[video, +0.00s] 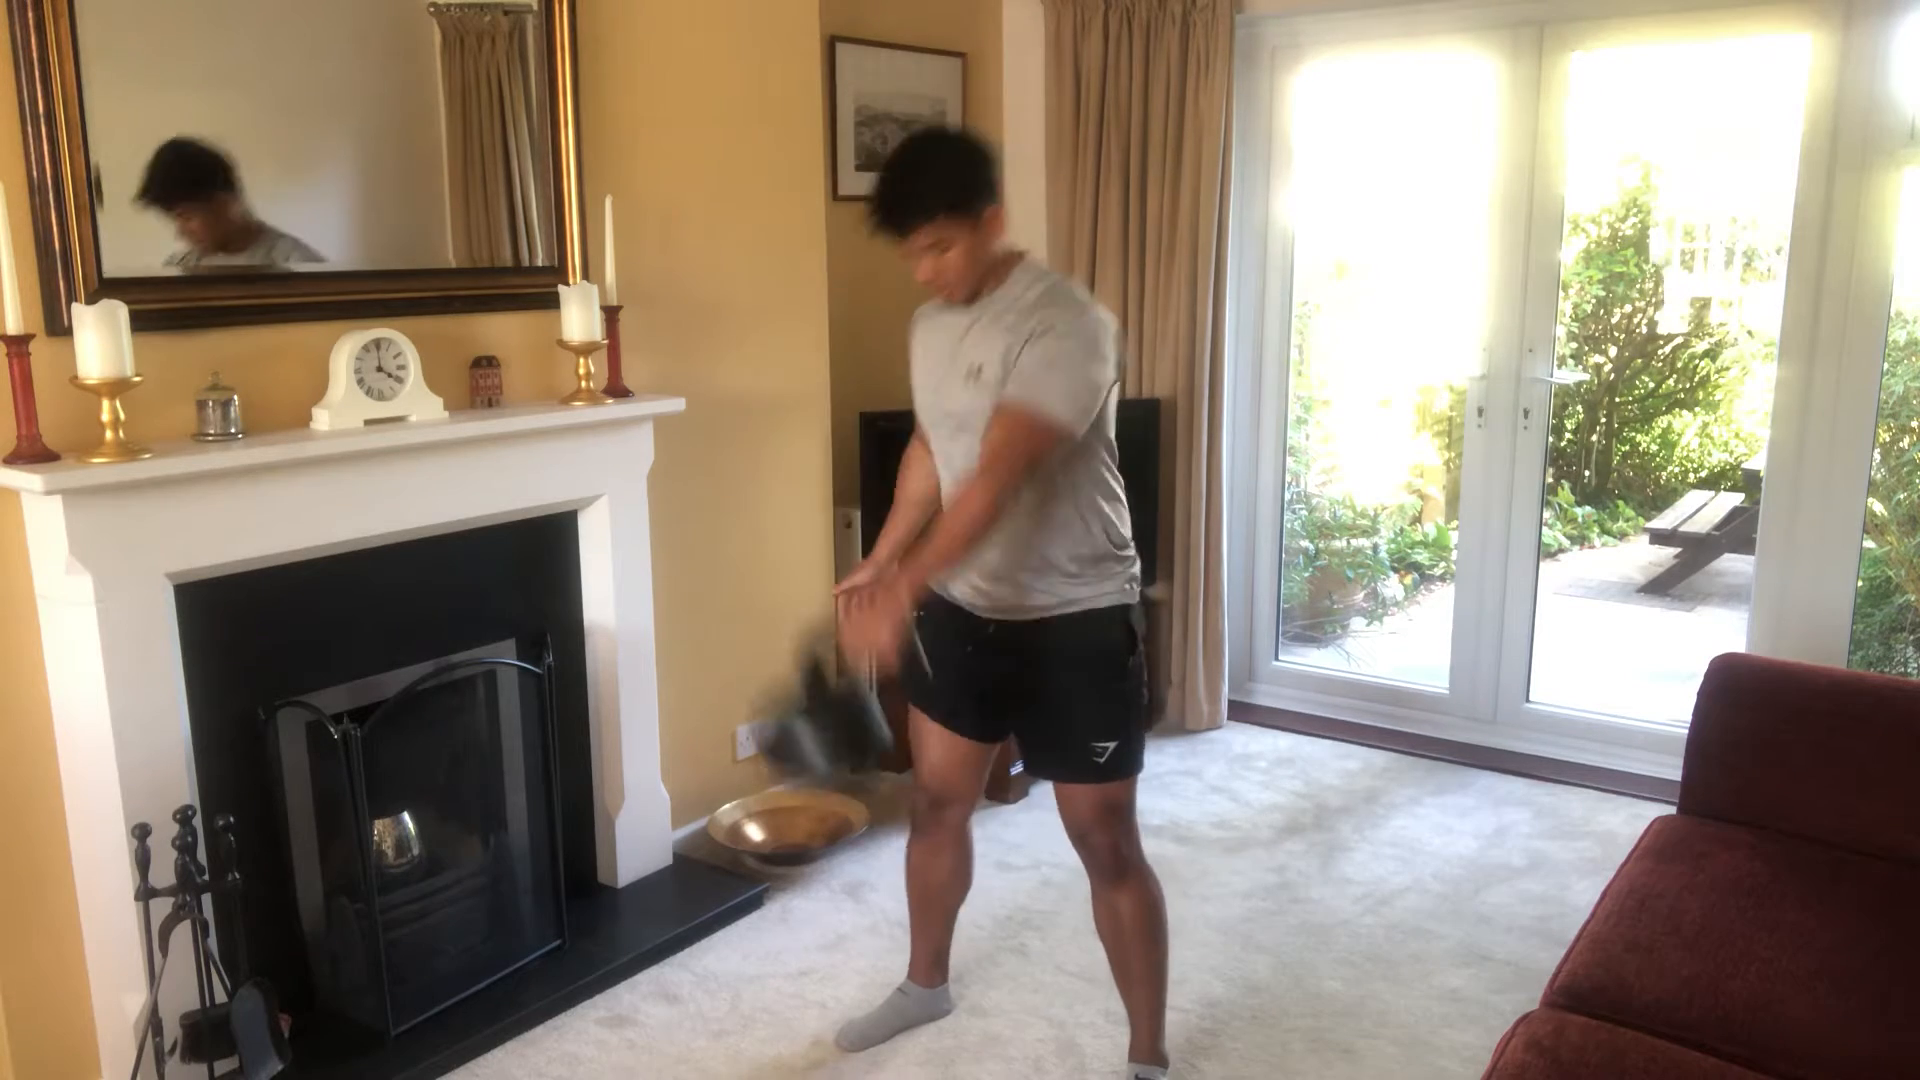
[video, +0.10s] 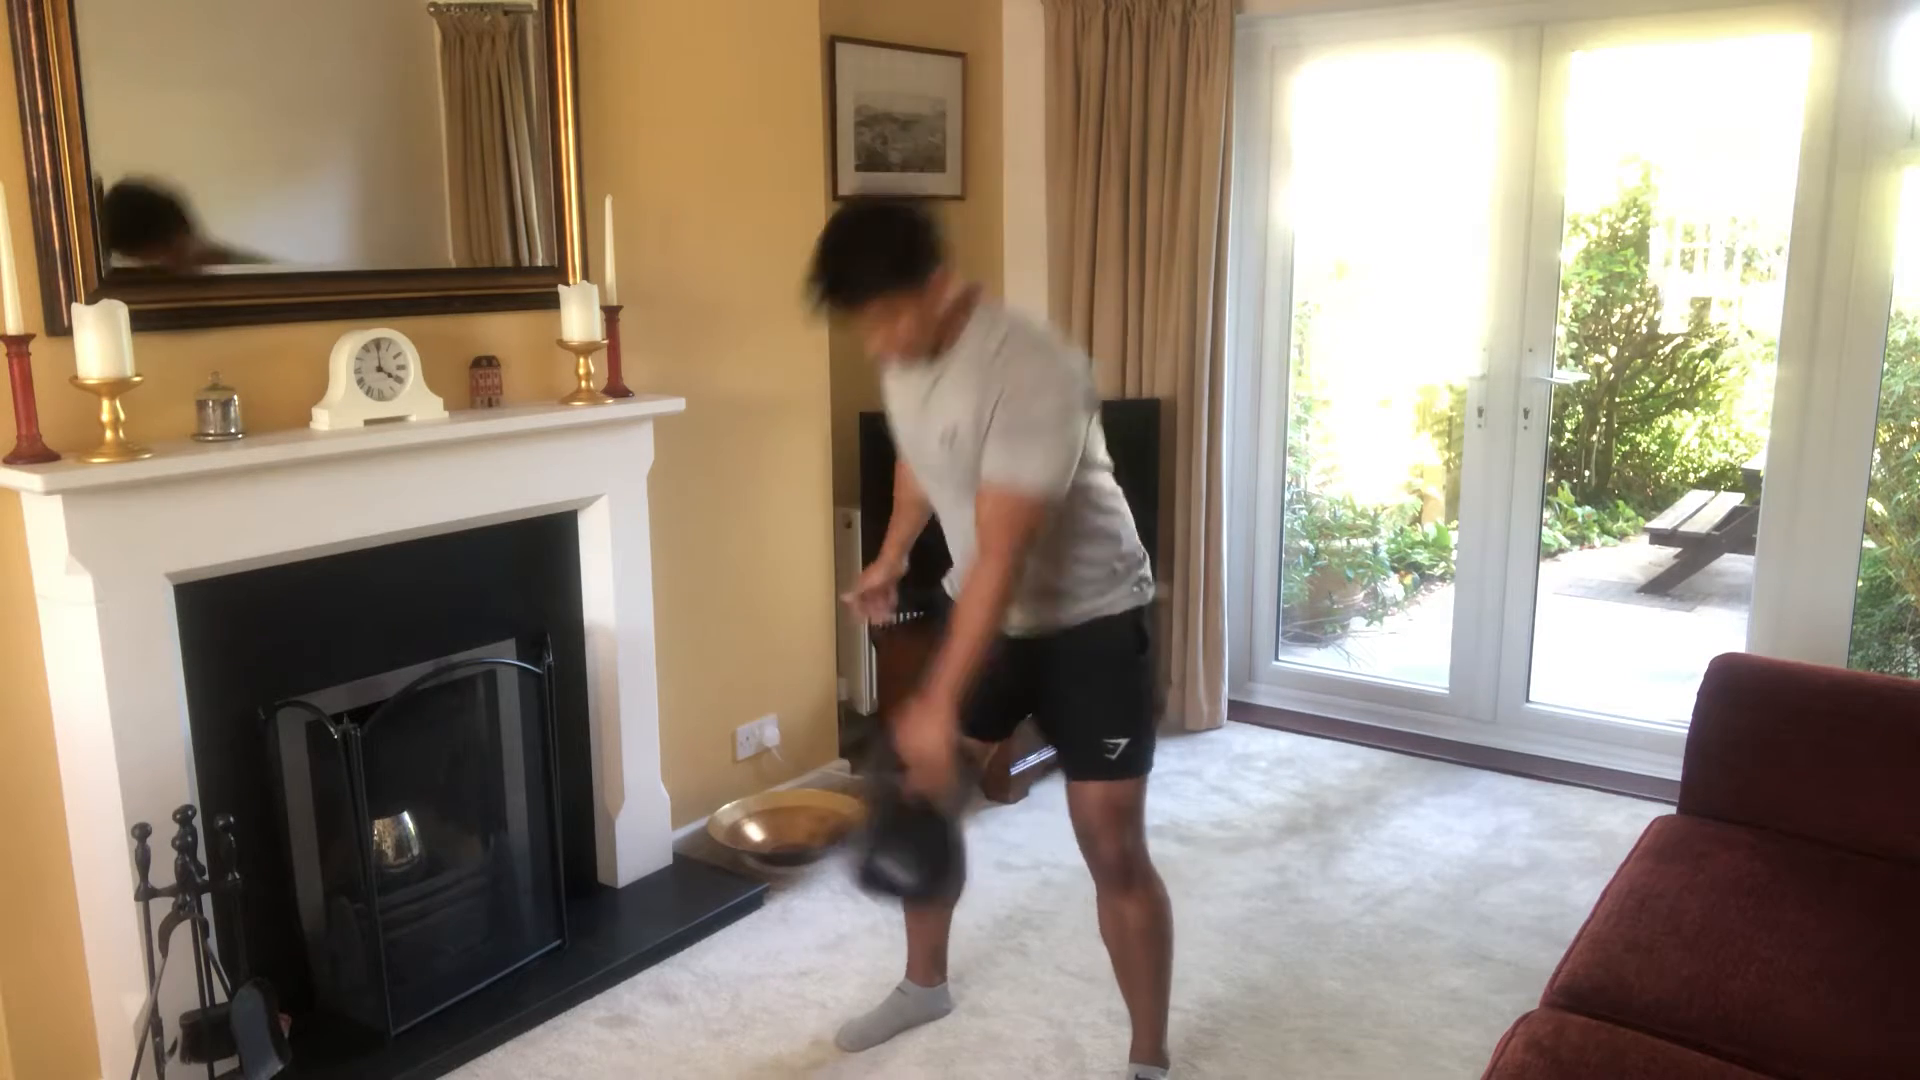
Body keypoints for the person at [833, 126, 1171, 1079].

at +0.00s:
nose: (924, 268)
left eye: (939, 245)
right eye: (912, 251)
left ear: (993, 220)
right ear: (905, 243)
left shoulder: (1067, 322)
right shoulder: (933, 324)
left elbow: (1002, 474)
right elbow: (930, 448)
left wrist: (908, 583)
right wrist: (886, 554)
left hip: (1076, 618)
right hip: (962, 609)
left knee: (1105, 843)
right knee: (937, 805)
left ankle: (1149, 1056)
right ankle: (926, 983)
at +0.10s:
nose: (874, 338)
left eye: (884, 315)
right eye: (862, 321)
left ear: (937, 283)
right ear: (857, 309)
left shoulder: (1034, 363)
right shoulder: (903, 360)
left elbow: (1002, 552)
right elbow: (921, 461)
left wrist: (938, 704)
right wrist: (890, 559)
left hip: (1092, 615)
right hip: (990, 611)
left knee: (1113, 848)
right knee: (922, 775)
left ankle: (1150, 1059)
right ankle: (925, 982)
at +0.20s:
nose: (826, 448)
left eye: (828, 426)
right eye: (814, 431)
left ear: (875, 393)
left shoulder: (1000, 453)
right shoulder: (884, 418)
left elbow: (1008, 632)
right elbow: (938, 494)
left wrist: (992, 768)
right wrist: (915, 560)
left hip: (1099, 625)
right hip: (992, 619)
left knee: (1117, 857)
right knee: (915, 795)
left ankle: (1150, 1059)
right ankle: (923, 984)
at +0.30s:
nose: (801, 569)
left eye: (800, 549)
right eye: (788, 555)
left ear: (837, 516)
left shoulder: (975, 549)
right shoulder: (864, 458)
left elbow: (1019, 686)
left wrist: (1035, 784)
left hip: (1105, 638)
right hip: (996, 628)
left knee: (1116, 867)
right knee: (898, 805)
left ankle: (1150, 1063)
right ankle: (923, 985)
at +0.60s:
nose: (807, 580)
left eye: (807, 559)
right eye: (794, 565)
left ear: (845, 524)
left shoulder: (983, 570)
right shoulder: (860, 472)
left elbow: (1038, 692)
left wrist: (1058, 766)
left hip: (1107, 637)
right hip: (997, 631)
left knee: (1124, 863)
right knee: (900, 809)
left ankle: (1153, 1062)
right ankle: (923, 985)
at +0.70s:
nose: (834, 407)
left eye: (839, 383)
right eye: (823, 387)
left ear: (888, 354)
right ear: (860, 365)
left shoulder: (1009, 437)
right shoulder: (876, 410)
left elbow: (1029, 613)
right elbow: (886, 489)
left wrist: (1026, 739)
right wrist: (881, 572)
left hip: (1102, 622)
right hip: (988, 613)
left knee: (1125, 852)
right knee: (921, 797)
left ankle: (1154, 1059)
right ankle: (924, 983)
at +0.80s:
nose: (895, 286)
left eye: (908, 264)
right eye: (885, 268)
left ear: (966, 237)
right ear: (885, 256)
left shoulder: (1048, 343)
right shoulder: (918, 319)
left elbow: (1016, 538)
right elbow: (896, 433)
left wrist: (967, 688)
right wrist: (826, 542)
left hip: (1082, 603)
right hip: (974, 592)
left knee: (1110, 836)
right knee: (943, 794)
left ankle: (1151, 1057)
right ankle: (928, 983)